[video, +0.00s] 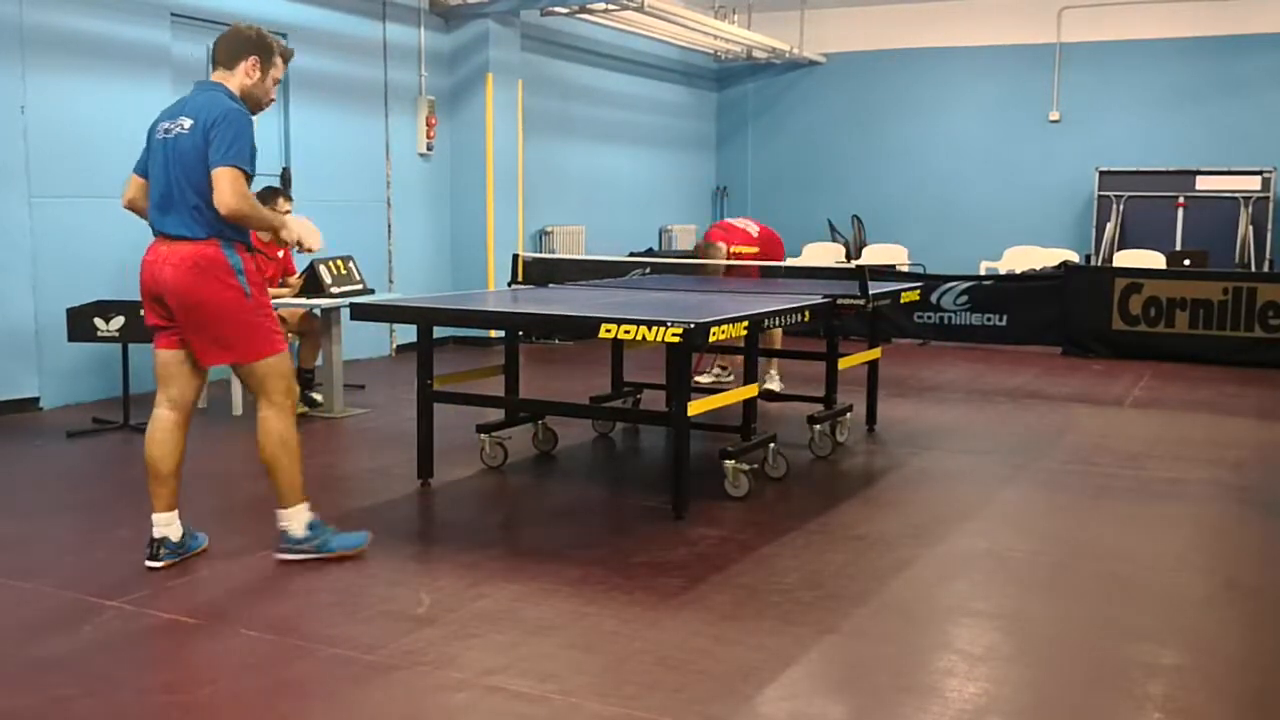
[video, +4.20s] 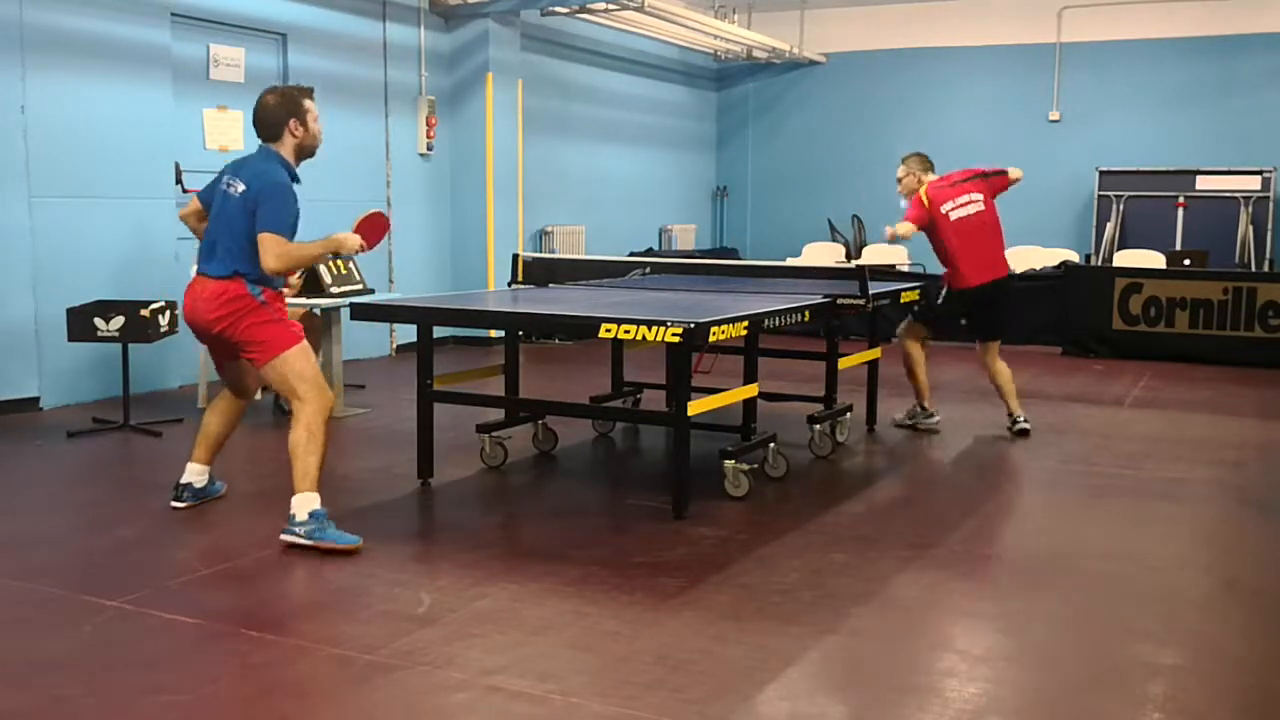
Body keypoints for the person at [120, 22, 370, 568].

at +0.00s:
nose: (275, 92)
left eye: (278, 82)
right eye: (275, 79)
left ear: (226, 68)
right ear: (248, 67)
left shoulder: (169, 115)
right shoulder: (229, 113)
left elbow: (136, 197)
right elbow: (230, 201)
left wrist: (191, 221)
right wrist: (281, 222)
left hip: (160, 265)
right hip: (211, 265)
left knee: (172, 400)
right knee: (277, 392)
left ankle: (165, 534)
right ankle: (298, 527)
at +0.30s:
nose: (321, 85)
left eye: (321, 75)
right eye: (321, 74)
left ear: (268, 69)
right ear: (306, 72)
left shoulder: (217, 116)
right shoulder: (291, 125)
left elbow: (181, 189)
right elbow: (297, 212)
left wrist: (226, 218)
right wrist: (337, 233)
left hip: (211, 267)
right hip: (266, 269)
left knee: (219, 395)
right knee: (301, 398)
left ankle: (174, 521)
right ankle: (329, 525)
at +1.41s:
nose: (339, 148)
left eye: (338, 139)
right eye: (336, 139)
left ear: (290, 138)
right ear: (315, 138)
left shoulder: (248, 168)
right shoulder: (288, 170)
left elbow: (186, 212)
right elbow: (268, 236)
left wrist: (205, 266)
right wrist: (318, 254)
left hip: (177, 280)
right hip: (217, 282)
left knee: (221, 384)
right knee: (290, 395)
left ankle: (199, 483)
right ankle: (297, 525)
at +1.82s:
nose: (354, 210)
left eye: (354, 200)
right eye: (352, 200)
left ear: (302, 196)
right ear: (334, 201)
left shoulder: (259, 218)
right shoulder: (296, 229)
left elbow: (190, 243)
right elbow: (288, 318)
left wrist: (200, 298)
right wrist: (332, 314)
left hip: (166, 317)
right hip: (201, 320)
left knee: (224, 387)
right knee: (317, 397)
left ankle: (191, 482)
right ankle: (299, 525)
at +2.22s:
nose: (342, 217)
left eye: (341, 207)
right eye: (338, 207)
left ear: (296, 207)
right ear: (319, 212)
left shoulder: (254, 228)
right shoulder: (285, 244)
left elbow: (185, 248)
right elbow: (285, 333)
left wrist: (186, 301)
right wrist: (328, 308)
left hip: (159, 327)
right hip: (186, 333)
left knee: (230, 376)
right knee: (306, 396)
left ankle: (191, 481)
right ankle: (298, 526)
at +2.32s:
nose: (340, 209)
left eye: (339, 199)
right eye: (336, 200)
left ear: (293, 202)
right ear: (316, 205)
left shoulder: (255, 224)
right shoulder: (285, 238)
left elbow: (186, 257)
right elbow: (286, 328)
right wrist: (328, 302)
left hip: (159, 325)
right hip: (187, 330)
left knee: (227, 377)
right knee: (306, 397)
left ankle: (191, 482)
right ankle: (298, 526)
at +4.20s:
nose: (320, 128)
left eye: (317, 119)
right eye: (315, 120)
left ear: (277, 130)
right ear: (295, 128)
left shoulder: (238, 167)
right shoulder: (276, 180)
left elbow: (191, 214)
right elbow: (274, 258)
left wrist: (233, 254)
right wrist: (331, 244)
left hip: (203, 297)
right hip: (239, 301)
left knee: (242, 386)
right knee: (314, 397)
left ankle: (193, 480)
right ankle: (306, 515)